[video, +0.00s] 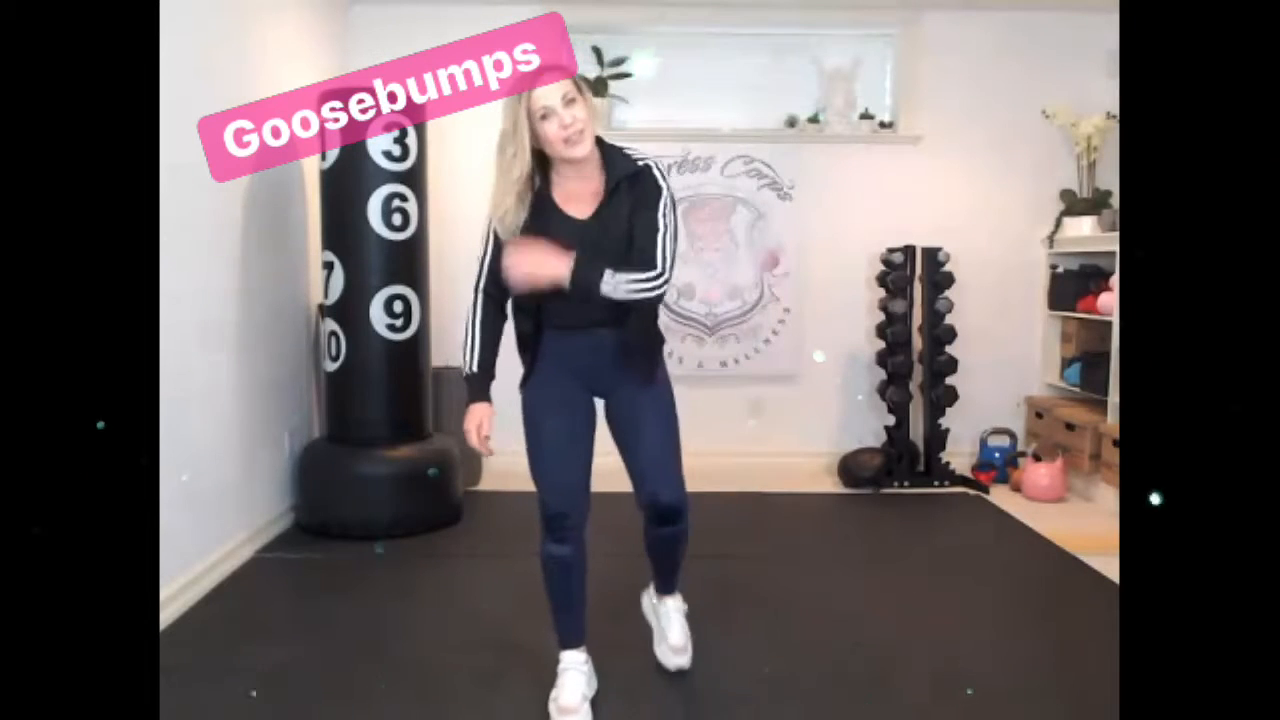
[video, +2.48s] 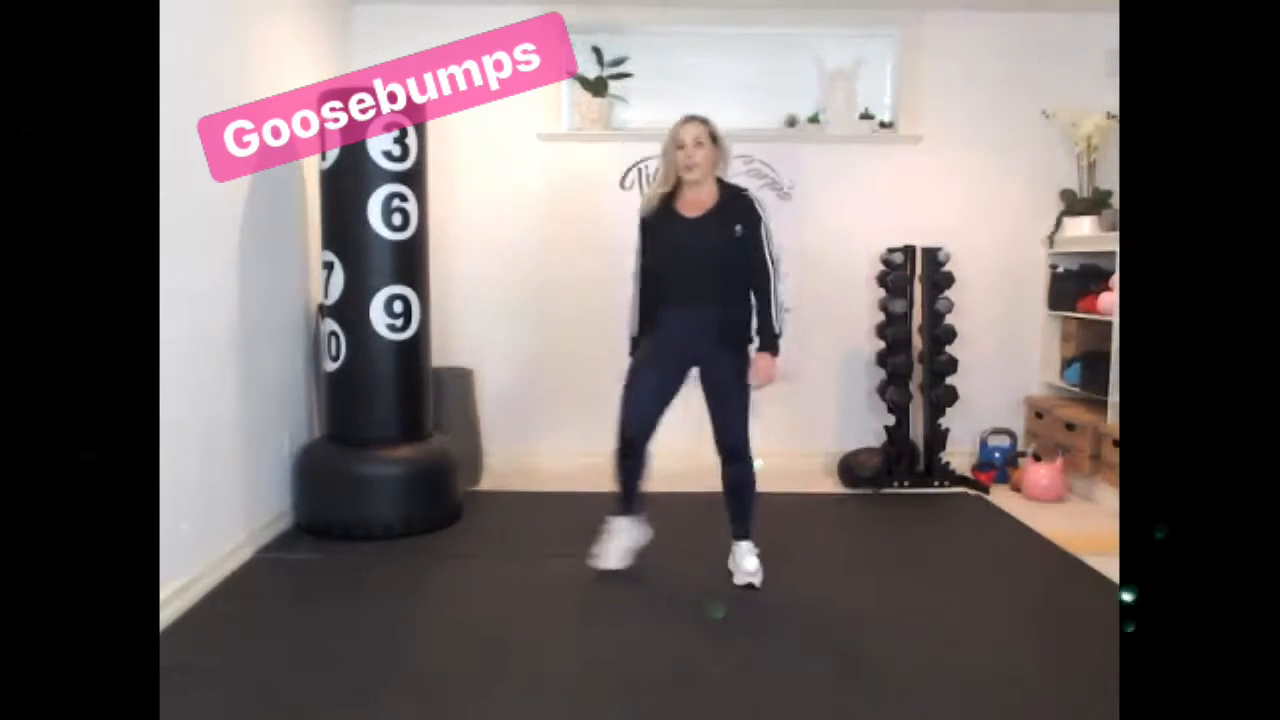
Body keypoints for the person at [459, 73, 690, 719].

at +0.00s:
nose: (566, 120)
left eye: (572, 104)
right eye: (548, 116)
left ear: (591, 106)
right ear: (533, 135)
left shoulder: (640, 177)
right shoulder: (520, 199)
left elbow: (655, 279)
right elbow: (489, 294)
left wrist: (569, 268)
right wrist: (480, 392)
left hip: (635, 363)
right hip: (553, 369)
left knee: (667, 503)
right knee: (561, 516)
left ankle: (666, 598)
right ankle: (572, 657)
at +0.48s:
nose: (617, 125)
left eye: (628, 114)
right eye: (605, 119)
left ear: (651, 129)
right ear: (591, 137)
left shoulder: (683, 205)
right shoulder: (581, 205)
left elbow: (721, 299)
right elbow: (571, 288)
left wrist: (734, 395)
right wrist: (558, 356)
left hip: (670, 361)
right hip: (596, 362)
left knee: (681, 492)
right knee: (576, 491)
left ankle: (693, 598)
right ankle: (561, 627)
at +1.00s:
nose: (607, 146)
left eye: (617, 138)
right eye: (597, 137)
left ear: (631, 149)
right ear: (580, 147)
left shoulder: (643, 221)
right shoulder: (544, 206)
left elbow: (654, 299)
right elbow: (503, 268)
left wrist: (658, 373)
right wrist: (479, 338)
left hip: (618, 354)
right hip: (551, 351)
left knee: (639, 468)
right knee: (534, 465)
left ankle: (670, 583)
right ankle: (520, 558)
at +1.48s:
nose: (620, 148)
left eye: (628, 140)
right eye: (611, 139)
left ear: (639, 151)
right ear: (592, 147)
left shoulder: (645, 218)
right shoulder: (556, 201)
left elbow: (655, 296)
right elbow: (523, 272)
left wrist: (672, 368)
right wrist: (509, 347)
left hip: (617, 341)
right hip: (554, 339)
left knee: (657, 439)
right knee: (539, 456)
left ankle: (657, 527)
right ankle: (522, 558)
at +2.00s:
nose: (698, 153)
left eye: (708, 145)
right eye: (689, 146)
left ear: (722, 152)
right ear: (678, 154)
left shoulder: (744, 208)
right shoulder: (657, 211)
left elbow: (762, 282)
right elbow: (638, 280)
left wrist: (759, 349)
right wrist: (626, 346)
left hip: (731, 342)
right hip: (673, 341)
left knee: (740, 448)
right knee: (658, 441)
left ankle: (743, 543)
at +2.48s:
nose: (690, 153)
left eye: (699, 144)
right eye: (682, 146)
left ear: (716, 151)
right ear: (672, 156)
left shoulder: (740, 206)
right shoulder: (655, 211)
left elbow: (763, 277)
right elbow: (646, 280)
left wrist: (768, 344)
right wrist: (639, 340)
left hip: (724, 339)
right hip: (666, 337)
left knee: (733, 446)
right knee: (632, 431)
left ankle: (742, 543)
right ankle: (628, 520)